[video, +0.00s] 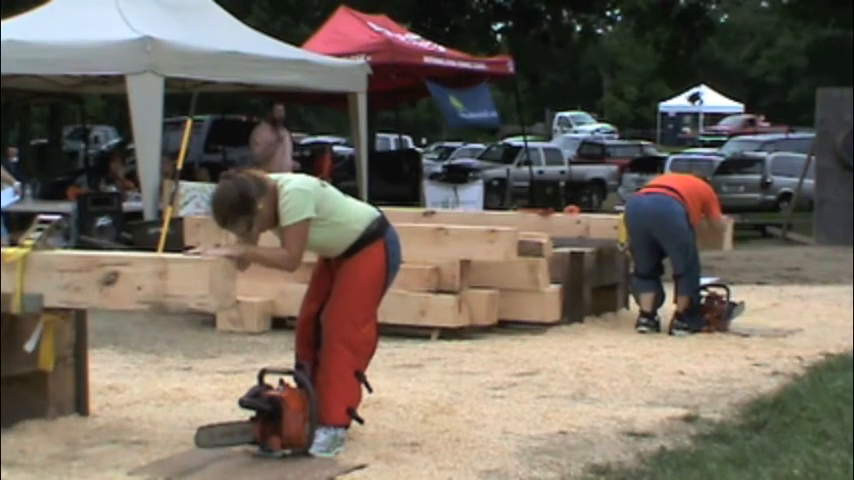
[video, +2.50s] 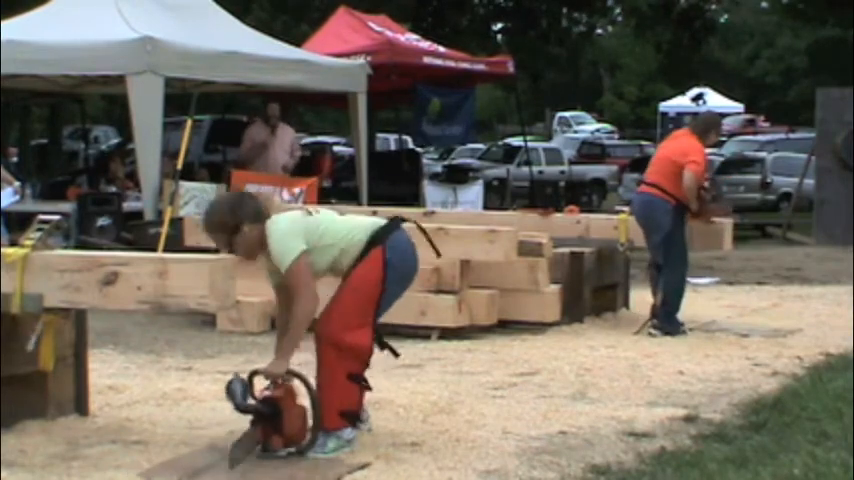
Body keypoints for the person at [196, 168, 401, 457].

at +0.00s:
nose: (252, 233)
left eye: (251, 227)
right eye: (244, 231)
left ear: (260, 204)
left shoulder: (296, 195)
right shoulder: (262, 194)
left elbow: (291, 260)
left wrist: (244, 253)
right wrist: (232, 250)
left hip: (371, 247)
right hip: (336, 254)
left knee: (338, 325)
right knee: (309, 322)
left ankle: (334, 425)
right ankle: (309, 413)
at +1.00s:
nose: (244, 227)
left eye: (242, 219)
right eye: (238, 224)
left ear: (256, 198)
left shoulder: (302, 198)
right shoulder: (263, 214)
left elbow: (325, 262)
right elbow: (277, 267)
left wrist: (281, 281)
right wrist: (264, 293)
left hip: (374, 245)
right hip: (337, 254)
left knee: (338, 322)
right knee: (309, 322)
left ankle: (336, 426)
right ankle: (310, 414)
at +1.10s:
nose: (241, 232)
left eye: (239, 222)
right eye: (234, 227)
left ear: (254, 199)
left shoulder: (300, 211)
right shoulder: (262, 226)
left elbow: (316, 277)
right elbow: (283, 284)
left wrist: (285, 329)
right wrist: (298, 333)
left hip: (377, 246)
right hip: (338, 257)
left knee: (339, 321)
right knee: (307, 319)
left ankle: (340, 424)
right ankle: (313, 414)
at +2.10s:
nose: (237, 253)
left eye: (234, 244)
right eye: (230, 248)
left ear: (251, 224)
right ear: (253, 221)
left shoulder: (287, 226)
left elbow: (305, 299)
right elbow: (307, 293)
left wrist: (301, 361)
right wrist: (302, 356)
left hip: (382, 255)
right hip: (364, 257)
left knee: (334, 335)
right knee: (329, 331)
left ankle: (338, 429)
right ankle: (350, 412)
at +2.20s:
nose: (239, 239)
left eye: (234, 232)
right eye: (231, 236)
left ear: (248, 211)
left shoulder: (279, 228)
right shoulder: (282, 176)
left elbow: (296, 297)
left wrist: (298, 362)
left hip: (372, 245)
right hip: (387, 224)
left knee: (326, 330)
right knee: (356, 324)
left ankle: (335, 427)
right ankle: (352, 403)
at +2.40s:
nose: (228, 236)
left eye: (225, 227)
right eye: (223, 230)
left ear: (241, 210)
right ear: (244, 205)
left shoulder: (278, 217)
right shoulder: (281, 197)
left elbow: (295, 292)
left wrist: (283, 358)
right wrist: (284, 287)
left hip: (379, 242)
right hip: (386, 232)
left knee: (333, 330)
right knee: (353, 322)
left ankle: (337, 428)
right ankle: (365, 402)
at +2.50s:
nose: (234, 254)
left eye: (231, 245)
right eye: (227, 249)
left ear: (246, 226)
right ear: (246, 226)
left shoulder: (281, 232)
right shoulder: (273, 246)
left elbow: (306, 300)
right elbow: (286, 307)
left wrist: (281, 360)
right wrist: (280, 360)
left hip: (389, 251)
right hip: (379, 254)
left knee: (333, 331)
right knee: (334, 329)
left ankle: (337, 429)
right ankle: (350, 414)